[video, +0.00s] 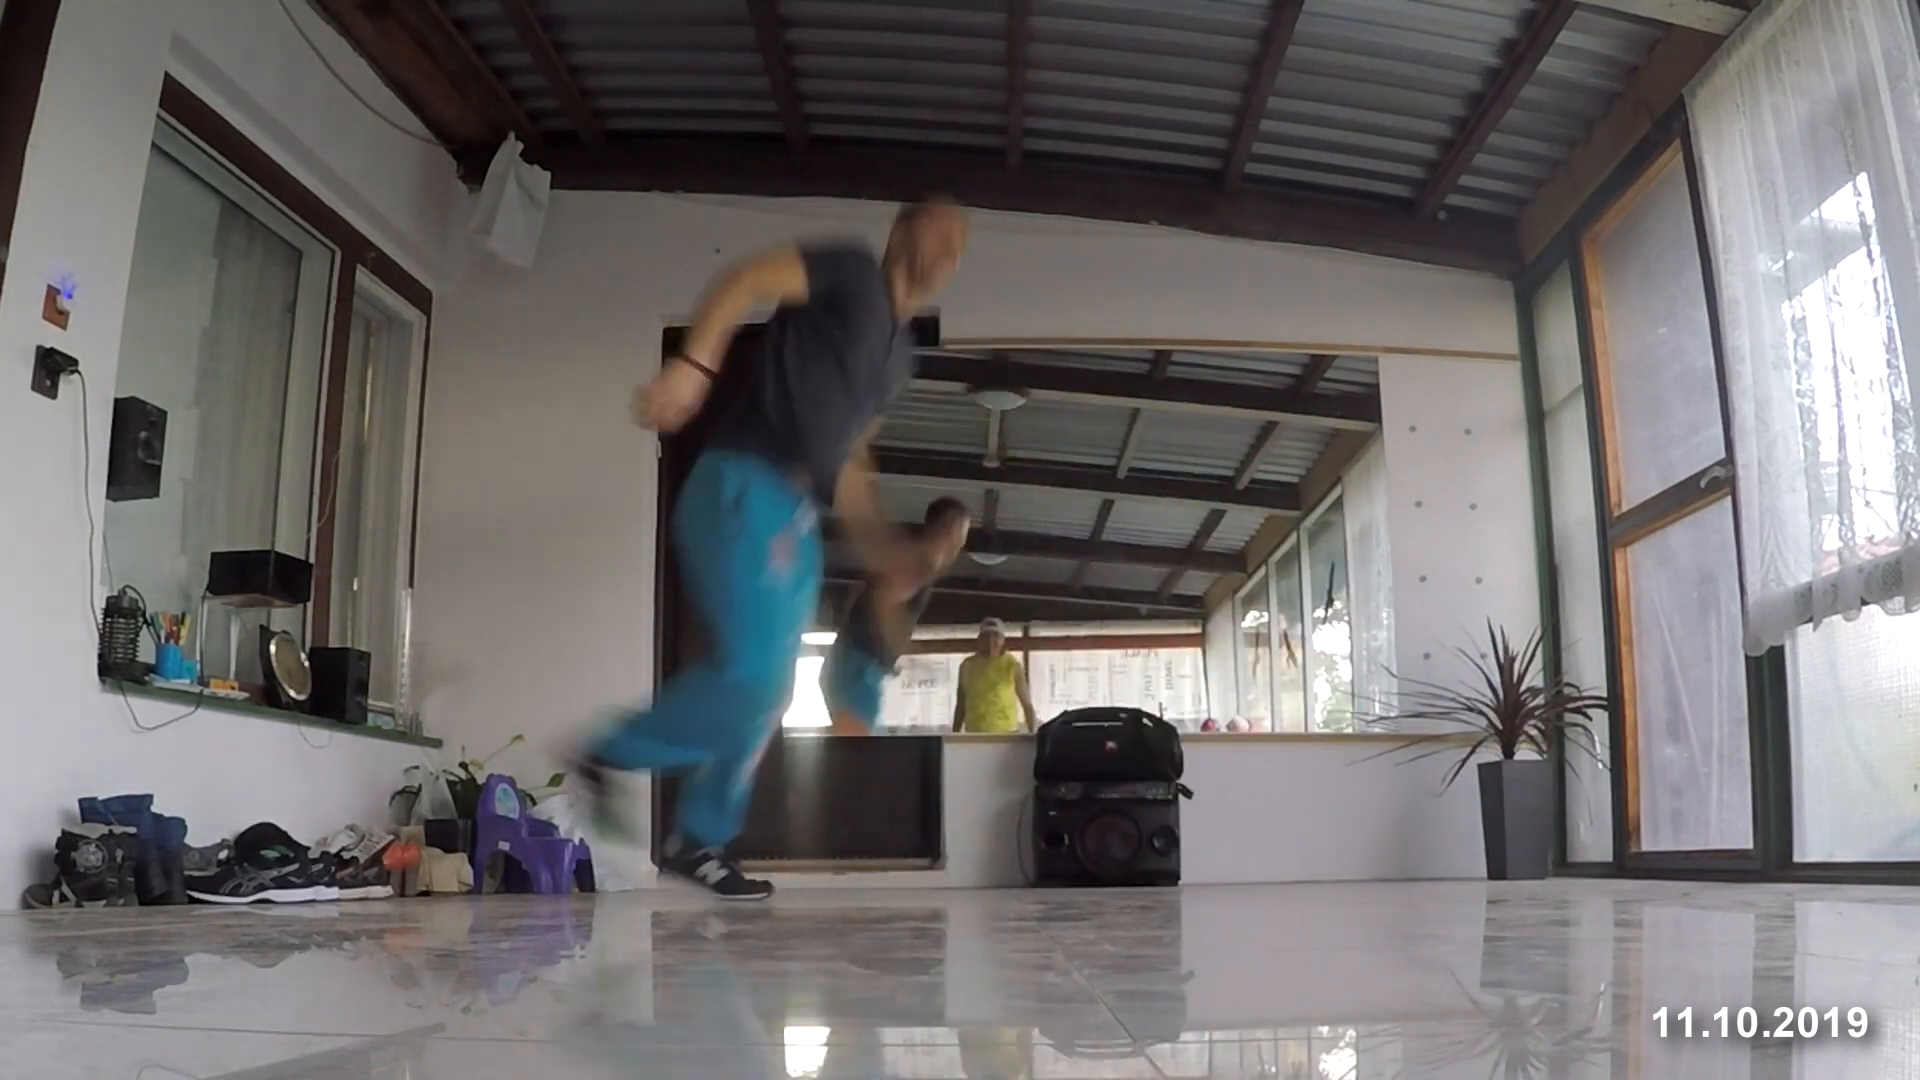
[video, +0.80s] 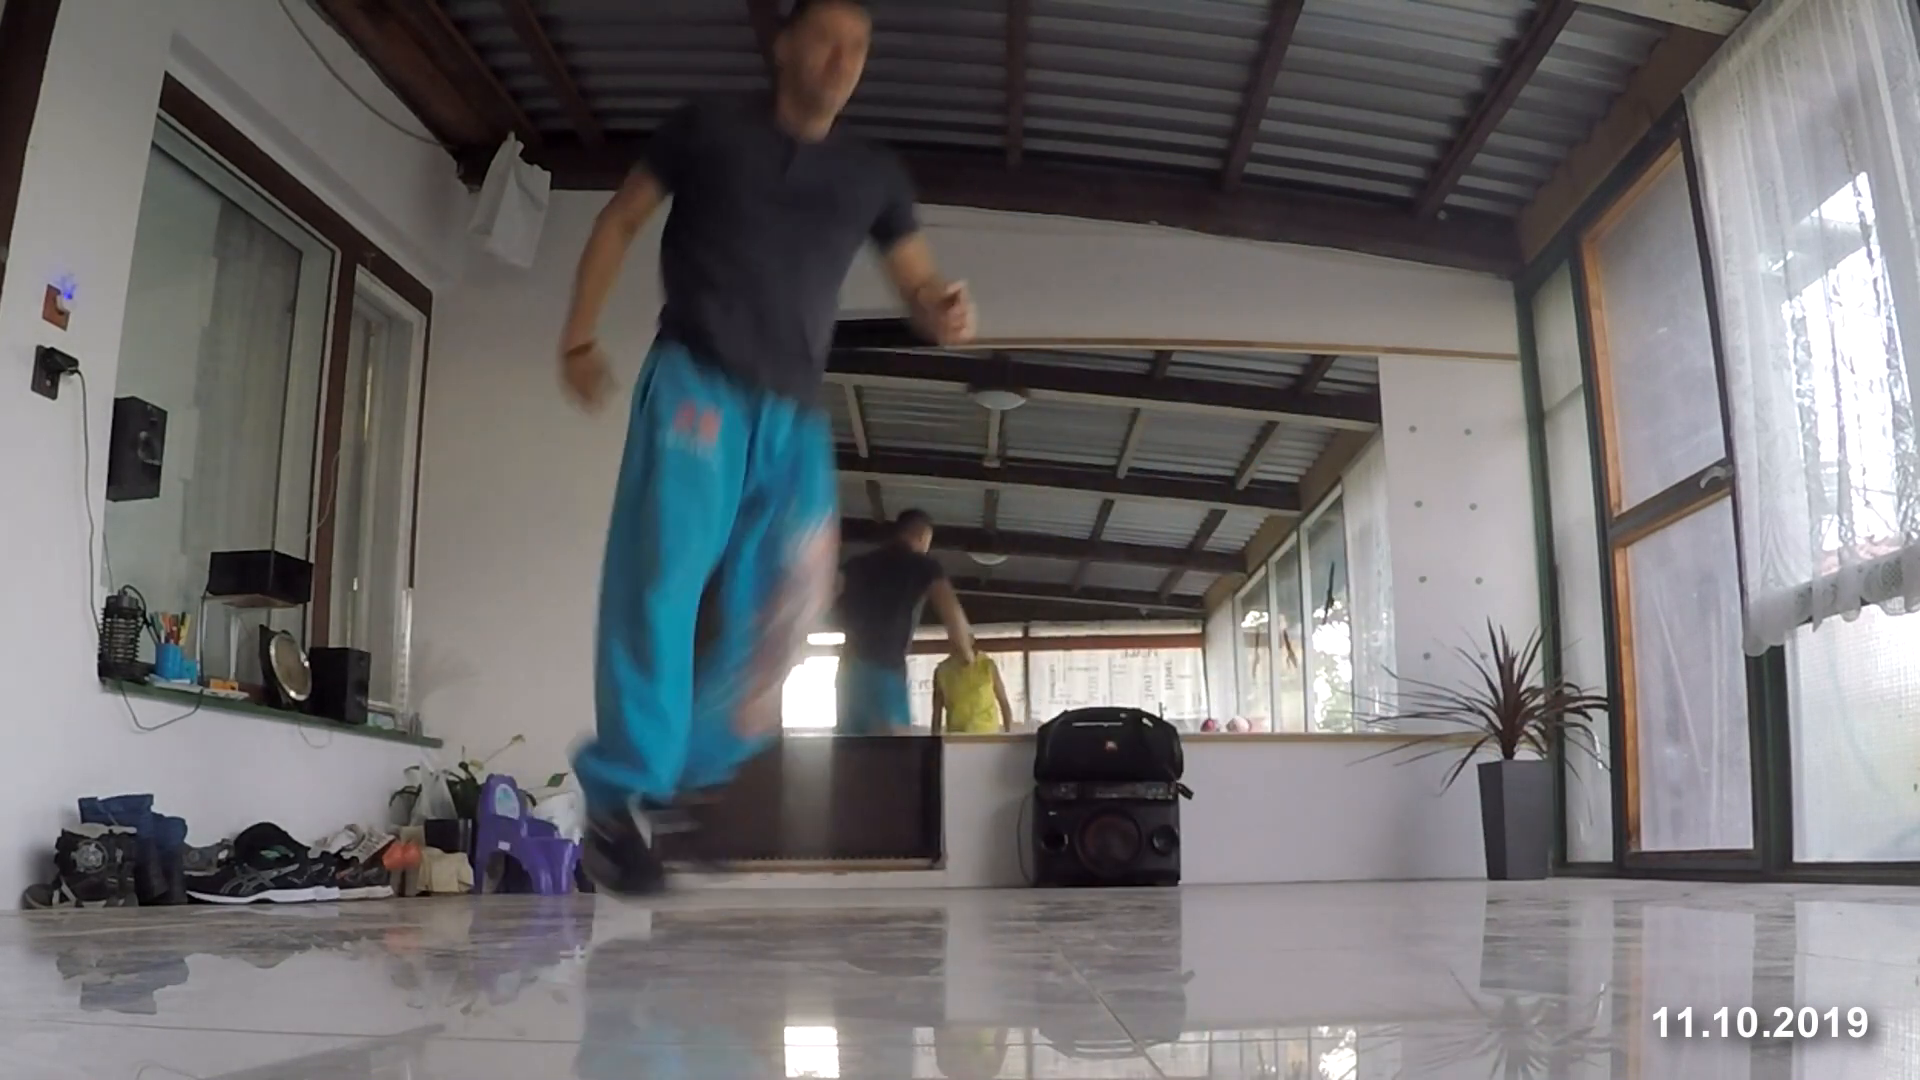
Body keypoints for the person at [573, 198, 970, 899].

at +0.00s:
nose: (949, 260)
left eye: (959, 251)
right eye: (942, 242)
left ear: (956, 262)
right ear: (903, 232)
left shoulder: (895, 353)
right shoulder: (852, 269)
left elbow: (850, 464)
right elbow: (743, 282)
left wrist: (883, 552)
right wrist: (695, 366)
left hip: (795, 511)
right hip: (740, 483)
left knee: (765, 683)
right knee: (751, 674)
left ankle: (698, 844)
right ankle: (606, 756)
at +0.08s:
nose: (942, 319)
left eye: (947, 306)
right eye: (935, 301)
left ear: (921, 310)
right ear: (898, 293)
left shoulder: (864, 372)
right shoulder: (856, 323)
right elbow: (777, 330)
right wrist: (744, 409)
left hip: (765, 565)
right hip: (716, 529)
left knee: (756, 709)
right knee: (665, 704)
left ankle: (687, 859)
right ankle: (498, 695)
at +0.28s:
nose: (897, 275)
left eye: (906, 268)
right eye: (895, 257)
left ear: (897, 268)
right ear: (862, 236)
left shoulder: (837, 317)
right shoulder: (816, 257)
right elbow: (727, 263)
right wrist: (753, 378)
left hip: (746, 522)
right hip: (691, 478)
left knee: (714, 685)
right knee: (591, 618)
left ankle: (689, 852)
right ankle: (421, 624)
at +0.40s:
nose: (879, 200)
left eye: (892, 194)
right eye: (872, 178)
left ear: (893, 205)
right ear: (832, 163)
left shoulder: (836, 295)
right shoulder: (773, 199)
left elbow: (778, 395)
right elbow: (667, 252)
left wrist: (767, 497)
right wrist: (666, 372)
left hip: (740, 482)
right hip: (669, 432)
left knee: (707, 657)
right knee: (597, 584)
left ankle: (619, 822)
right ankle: (482, 755)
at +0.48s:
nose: (856, 176)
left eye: (869, 169)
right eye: (845, 155)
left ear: (874, 183)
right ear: (801, 146)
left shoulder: (833, 286)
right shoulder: (728, 203)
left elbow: (820, 407)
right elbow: (633, 286)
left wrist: (853, 522)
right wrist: (603, 406)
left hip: (737, 482)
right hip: (657, 436)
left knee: (691, 660)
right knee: (618, 600)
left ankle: (555, 823)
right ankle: (597, 796)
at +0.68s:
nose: (799, 146)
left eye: (816, 136)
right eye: (786, 125)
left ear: (828, 155)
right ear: (749, 132)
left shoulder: (835, 270)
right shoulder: (684, 219)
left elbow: (889, 381)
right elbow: (568, 305)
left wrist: (953, 431)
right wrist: (526, 434)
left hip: (751, 500)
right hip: (666, 457)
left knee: (694, 684)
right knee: (699, 643)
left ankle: (528, 829)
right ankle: (651, 856)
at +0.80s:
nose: (843, 62)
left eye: (855, 49)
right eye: (828, 42)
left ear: (865, 63)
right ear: (783, 45)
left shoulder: (873, 175)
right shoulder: (711, 126)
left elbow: (921, 287)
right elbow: (618, 221)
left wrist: (945, 313)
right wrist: (579, 335)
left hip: (794, 417)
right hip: (695, 390)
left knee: (779, 609)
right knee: (661, 588)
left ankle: (685, 791)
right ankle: (617, 804)